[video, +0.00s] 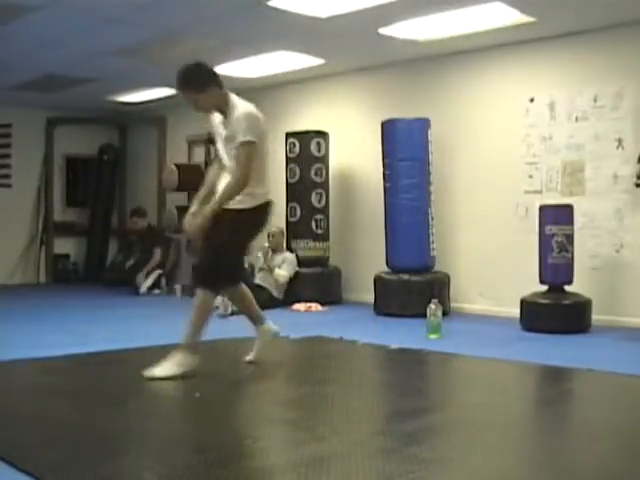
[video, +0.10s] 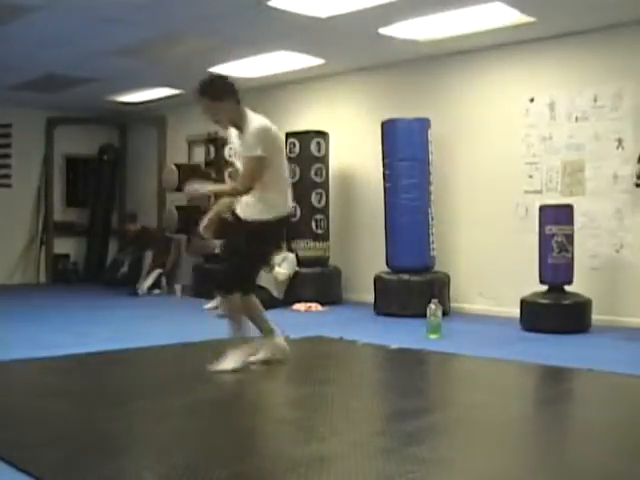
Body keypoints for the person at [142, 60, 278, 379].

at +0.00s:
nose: (195, 107)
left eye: (197, 99)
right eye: (191, 102)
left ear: (215, 87)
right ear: (198, 96)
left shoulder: (246, 117)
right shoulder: (217, 118)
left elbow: (242, 177)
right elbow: (218, 166)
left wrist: (206, 214)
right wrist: (197, 205)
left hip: (250, 205)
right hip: (229, 203)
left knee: (210, 272)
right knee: (224, 273)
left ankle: (189, 350)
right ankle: (265, 328)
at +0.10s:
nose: (211, 118)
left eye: (212, 110)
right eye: (207, 112)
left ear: (229, 100)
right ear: (222, 105)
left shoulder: (258, 131)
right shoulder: (236, 133)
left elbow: (246, 184)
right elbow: (235, 186)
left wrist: (204, 189)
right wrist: (214, 216)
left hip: (268, 219)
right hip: (249, 217)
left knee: (231, 282)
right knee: (237, 284)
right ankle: (272, 340)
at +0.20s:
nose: (224, 126)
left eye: (226, 118)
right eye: (221, 120)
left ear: (245, 109)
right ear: (241, 113)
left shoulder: (269, 138)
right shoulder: (254, 143)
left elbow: (260, 192)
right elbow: (258, 192)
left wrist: (241, 209)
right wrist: (242, 206)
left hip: (288, 227)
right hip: (270, 227)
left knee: (249, 287)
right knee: (242, 287)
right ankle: (274, 345)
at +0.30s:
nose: (238, 117)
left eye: (237, 109)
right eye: (234, 112)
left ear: (254, 97)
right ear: (254, 100)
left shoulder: (283, 126)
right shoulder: (276, 126)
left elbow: (283, 181)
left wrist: (265, 190)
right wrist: (273, 184)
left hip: (308, 212)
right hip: (292, 212)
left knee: (295, 282)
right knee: (269, 278)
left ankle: (342, 323)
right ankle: (278, 342)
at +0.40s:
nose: (256, 107)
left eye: (256, 99)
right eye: (252, 102)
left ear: (272, 87)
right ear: (268, 93)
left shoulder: (299, 113)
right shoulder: (292, 117)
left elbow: (308, 163)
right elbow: (310, 163)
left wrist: (290, 164)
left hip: (329, 201)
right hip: (317, 202)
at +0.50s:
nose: (277, 110)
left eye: (277, 102)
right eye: (273, 105)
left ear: (293, 95)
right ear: (286, 99)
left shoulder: (322, 122)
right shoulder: (308, 128)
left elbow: (341, 165)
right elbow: (330, 167)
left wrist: (315, 179)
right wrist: (317, 192)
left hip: (353, 213)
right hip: (331, 216)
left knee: (365, 285)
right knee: (336, 287)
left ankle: (409, 328)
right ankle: (376, 339)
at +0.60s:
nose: (295, 121)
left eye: (298, 114)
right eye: (293, 115)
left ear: (316, 110)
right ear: (299, 115)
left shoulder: (347, 140)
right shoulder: (319, 146)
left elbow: (372, 180)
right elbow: (339, 186)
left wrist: (351, 210)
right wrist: (336, 221)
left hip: (376, 231)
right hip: (348, 234)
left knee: (383, 298)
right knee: (349, 298)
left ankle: (431, 333)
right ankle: (385, 344)